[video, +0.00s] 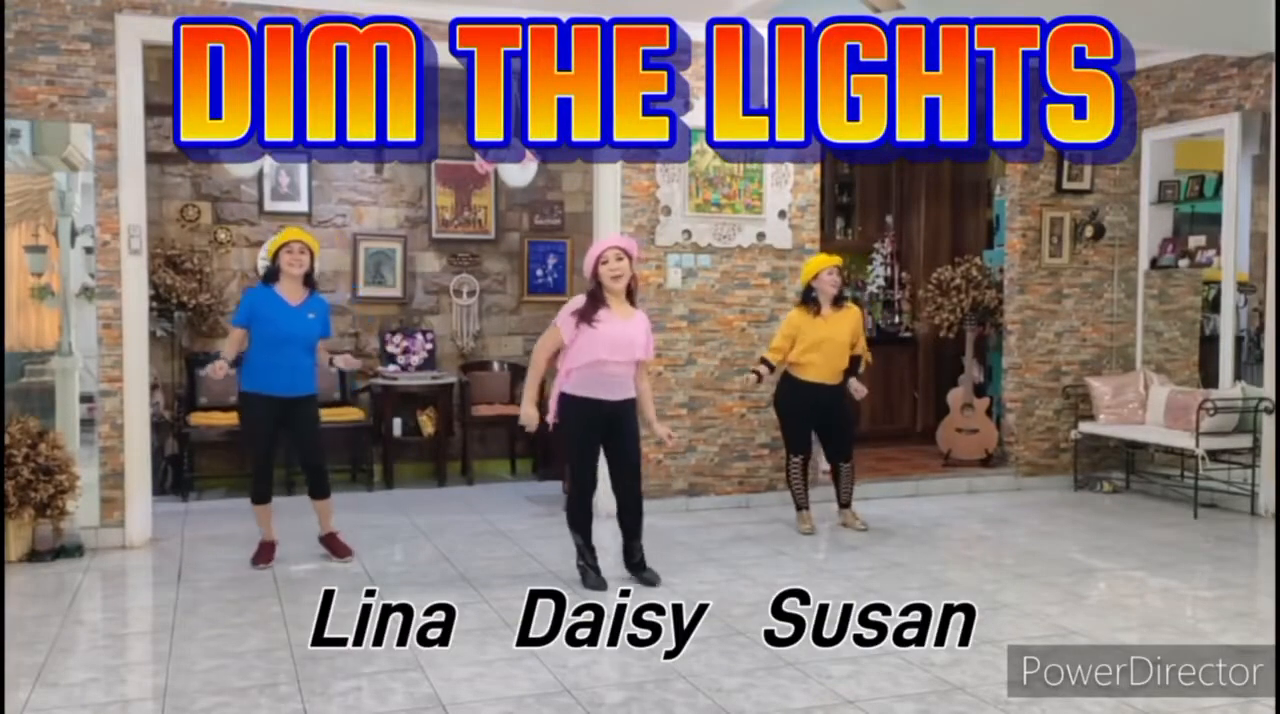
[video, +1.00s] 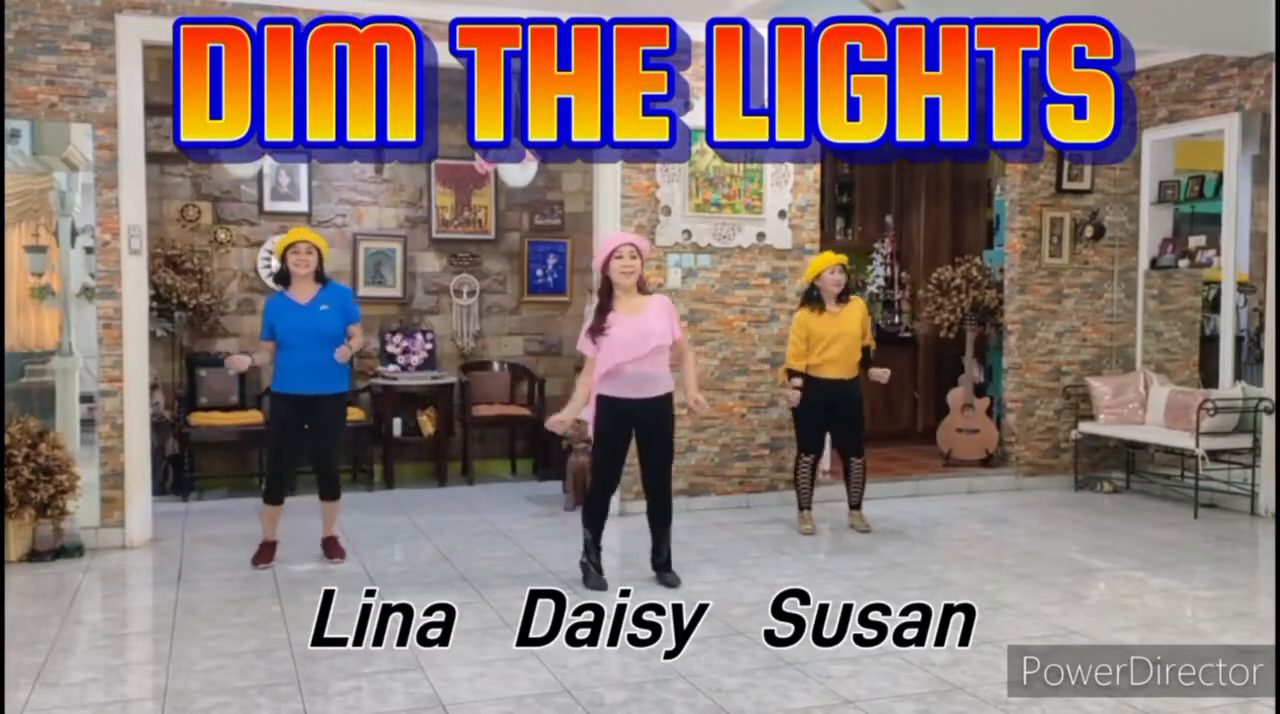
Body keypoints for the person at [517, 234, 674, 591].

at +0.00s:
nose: (614, 267)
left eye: (620, 260)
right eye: (606, 262)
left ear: (631, 269)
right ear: (595, 272)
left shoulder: (639, 319)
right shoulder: (579, 309)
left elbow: (642, 375)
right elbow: (542, 350)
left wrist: (654, 422)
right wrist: (529, 403)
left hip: (622, 410)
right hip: (579, 408)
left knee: (630, 486)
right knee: (582, 486)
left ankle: (635, 559)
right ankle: (586, 561)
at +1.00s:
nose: (627, 263)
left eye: (633, 257)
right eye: (618, 258)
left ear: (642, 265)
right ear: (606, 267)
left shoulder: (661, 304)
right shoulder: (601, 312)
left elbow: (684, 349)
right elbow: (589, 369)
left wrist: (692, 389)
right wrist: (571, 412)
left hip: (657, 403)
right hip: (612, 404)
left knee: (659, 485)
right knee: (603, 483)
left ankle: (662, 561)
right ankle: (591, 557)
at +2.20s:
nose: (628, 269)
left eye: (633, 262)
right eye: (619, 264)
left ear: (644, 270)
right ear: (609, 274)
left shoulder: (655, 320)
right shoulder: (593, 314)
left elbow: (664, 366)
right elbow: (559, 361)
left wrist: (653, 397)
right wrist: (563, 412)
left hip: (631, 411)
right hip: (588, 407)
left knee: (643, 489)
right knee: (585, 488)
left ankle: (657, 562)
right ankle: (584, 562)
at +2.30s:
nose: (623, 270)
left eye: (628, 263)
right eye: (614, 266)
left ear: (639, 271)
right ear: (603, 276)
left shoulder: (650, 322)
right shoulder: (586, 314)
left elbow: (663, 370)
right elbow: (548, 357)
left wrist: (648, 400)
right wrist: (550, 409)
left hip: (624, 412)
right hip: (581, 408)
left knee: (636, 490)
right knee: (581, 488)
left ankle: (648, 562)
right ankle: (584, 563)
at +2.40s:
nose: (619, 269)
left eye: (624, 262)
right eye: (610, 265)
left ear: (635, 271)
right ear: (599, 274)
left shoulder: (645, 321)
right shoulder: (581, 312)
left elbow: (664, 370)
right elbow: (541, 352)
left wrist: (645, 400)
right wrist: (541, 404)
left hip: (620, 411)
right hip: (576, 408)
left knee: (629, 491)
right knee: (579, 489)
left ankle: (634, 561)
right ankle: (584, 563)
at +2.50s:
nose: (615, 268)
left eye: (621, 261)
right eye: (607, 264)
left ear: (632, 270)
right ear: (596, 273)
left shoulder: (643, 321)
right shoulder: (577, 312)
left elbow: (664, 370)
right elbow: (536, 349)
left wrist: (645, 399)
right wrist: (534, 402)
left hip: (617, 411)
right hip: (573, 408)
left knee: (620, 494)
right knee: (579, 490)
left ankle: (619, 563)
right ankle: (584, 564)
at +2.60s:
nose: (613, 268)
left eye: (619, 262)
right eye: (604, 264)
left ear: (630, 270)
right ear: (593, 274)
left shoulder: (642, 321)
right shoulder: (575, 314)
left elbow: (663, 369)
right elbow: (536, 352)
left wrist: (645, 400)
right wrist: (529, 401)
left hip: (615, 411)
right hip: (572, 408)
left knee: (611, 492)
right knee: (577, 488)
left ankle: (606, 564)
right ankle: (584, 563)